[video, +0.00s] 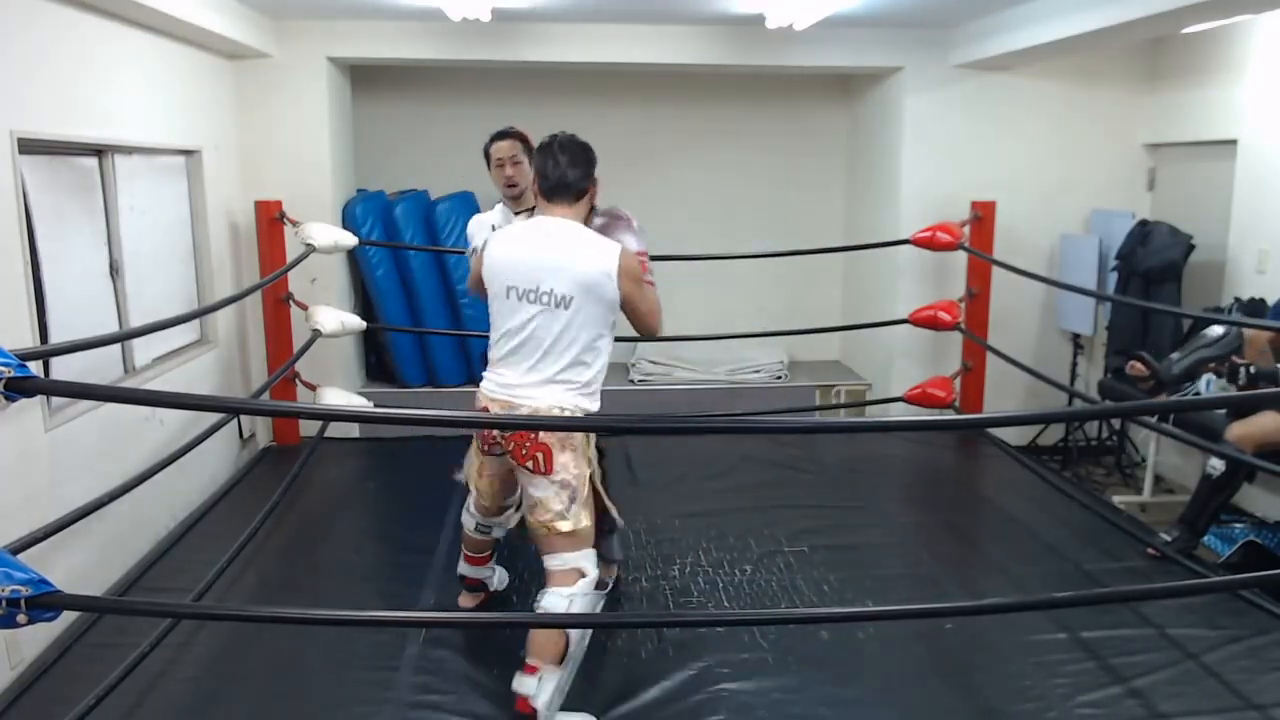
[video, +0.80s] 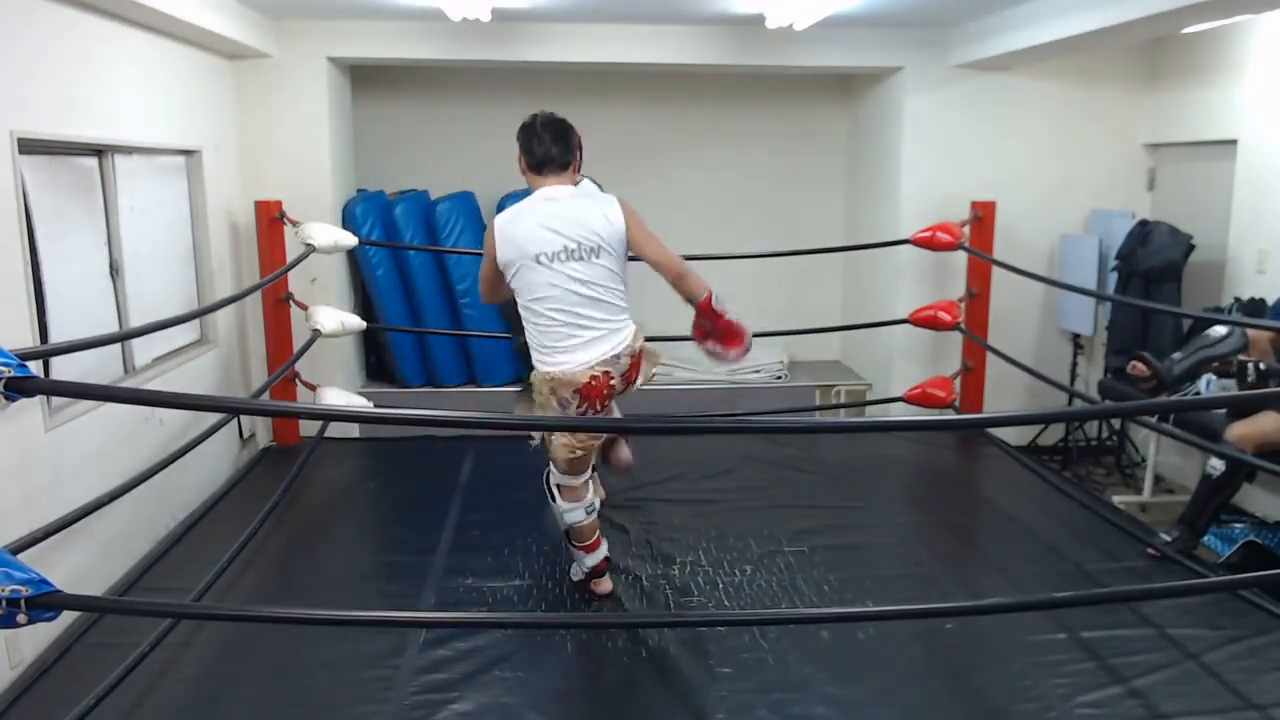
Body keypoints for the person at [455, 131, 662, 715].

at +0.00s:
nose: (593, 192)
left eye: (531, 182)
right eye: (593, 185)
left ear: (533, 188)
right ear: (594, 189)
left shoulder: (499, 241)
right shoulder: (611, 257)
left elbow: (479, 286)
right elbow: (650, 323)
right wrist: (637, 274)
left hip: (494, 412)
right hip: (558, 425)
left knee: (483, 512)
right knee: (569, 577)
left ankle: (474, 588)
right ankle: (532, 700)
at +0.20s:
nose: (618, 197)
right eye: (619, 191)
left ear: (558, 189)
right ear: (616, 194)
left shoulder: (517, 245)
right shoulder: (625, 261)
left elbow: (486, 321)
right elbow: (665, 351)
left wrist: (540, 308)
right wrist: (676, 312)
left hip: (493, 411)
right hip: (553, 422)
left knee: (515, 517)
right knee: (573, 575)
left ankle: (536, 607)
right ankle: (539, 702)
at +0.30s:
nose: (621, 194)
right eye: (620, 187)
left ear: (557, 191)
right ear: (614, 194)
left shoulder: (518, 249)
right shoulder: (628, 264)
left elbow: (464, 302)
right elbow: (678, 326)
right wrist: (659, 292)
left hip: (508, 409)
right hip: (565, 421)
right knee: (567, 576)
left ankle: (576, 580)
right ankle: (536, 697)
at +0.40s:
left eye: (538, 181)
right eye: (592, 183)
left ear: (537, 189)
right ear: (593, 188)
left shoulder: (506, 248)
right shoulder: (621, 245)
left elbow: (428, 266)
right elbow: (676, 284)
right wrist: (683, 274)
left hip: (527, 409)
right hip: (592, 412)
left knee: (562, 522)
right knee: (619, 544)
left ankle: (592, 606)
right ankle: (582, 644)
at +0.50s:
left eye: (519, 178)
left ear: (518, 187)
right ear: (573, 184)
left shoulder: (498, 253)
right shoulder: (607, 238)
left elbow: (424, 249)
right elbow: (663, 276)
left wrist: (435, 194)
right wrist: (697, 300)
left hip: (542, 405)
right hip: (612, 391)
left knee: (559, 493)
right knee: (655, 452)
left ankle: (590, 581)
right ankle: (671, 517)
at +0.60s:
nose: (579, 186)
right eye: (576, 179)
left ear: (517, 194)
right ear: (571, 188)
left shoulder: (499, 253)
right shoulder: (605, 240)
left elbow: (460, 258)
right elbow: (661, 291)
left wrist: (491, 209)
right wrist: (712, 337)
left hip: (558, 405)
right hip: (616, 379)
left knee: (564, 495)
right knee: (636, 379)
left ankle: (598, 583)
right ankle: (666, 406)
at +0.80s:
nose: (517, 165)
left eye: (518, 159)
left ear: (522, 165)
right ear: (577, 157)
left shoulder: (504, 227)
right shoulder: (611, 209)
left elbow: (492, 292)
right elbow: (673, 269)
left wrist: (535, 272)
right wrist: (714, 314)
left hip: (565, 383)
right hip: (626, 362)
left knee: (572, 482)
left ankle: (598, 576)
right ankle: (612, 441)